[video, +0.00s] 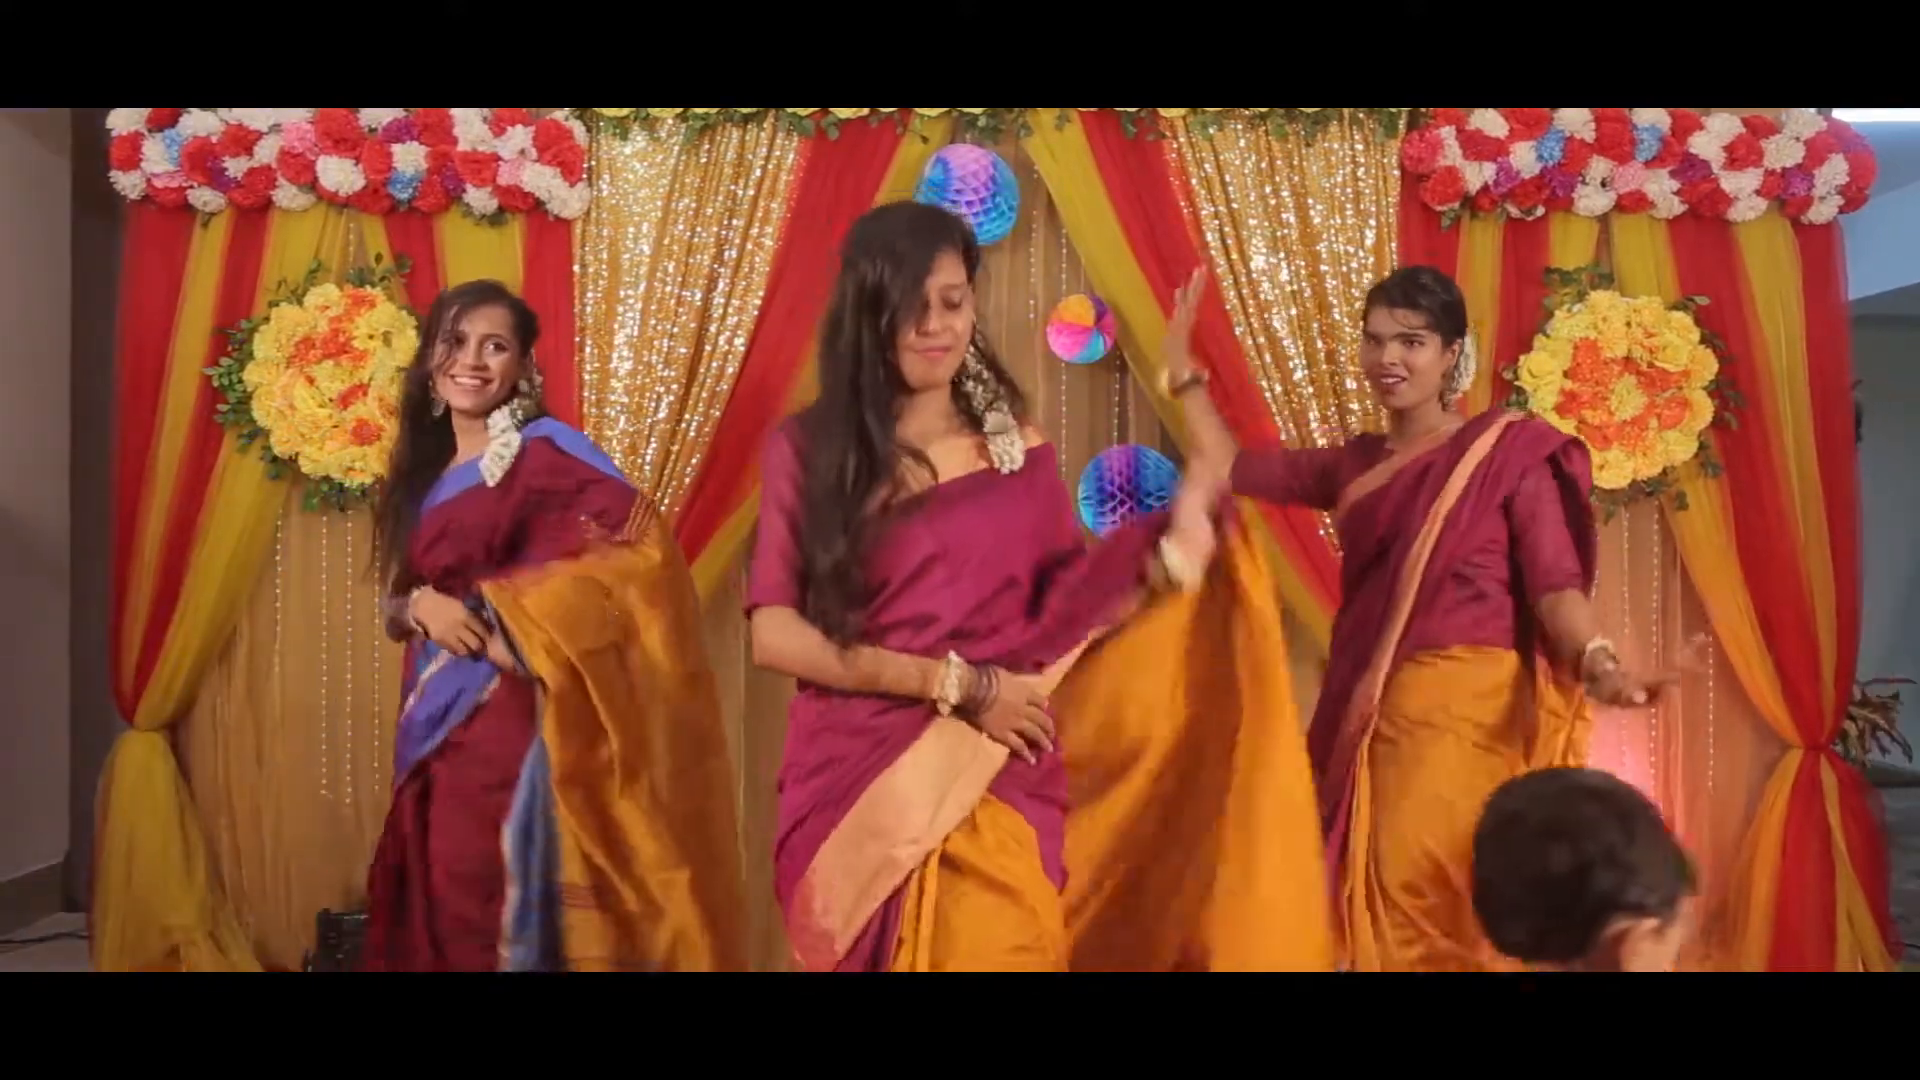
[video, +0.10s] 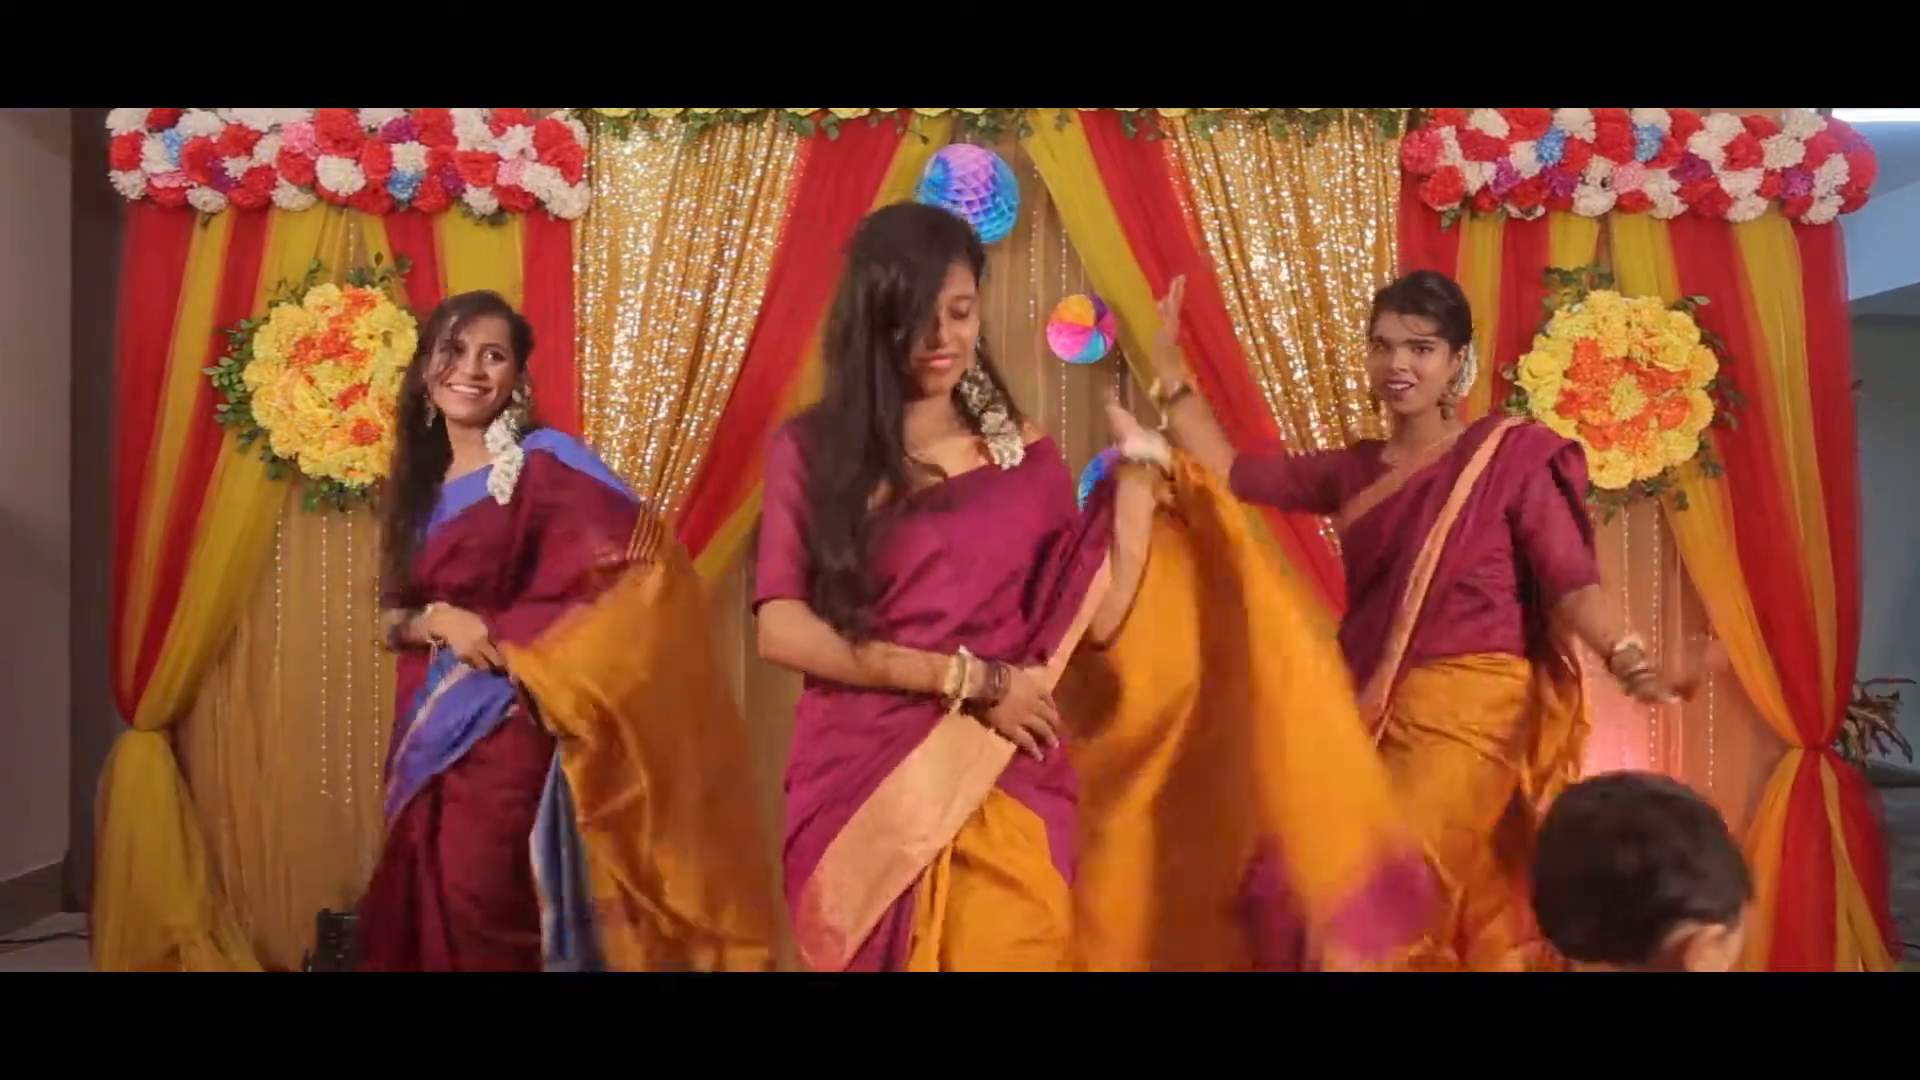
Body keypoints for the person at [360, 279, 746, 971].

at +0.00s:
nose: (472, 360)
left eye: (495, 347)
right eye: (456, 342)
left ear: (522, 369)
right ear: (430, 361)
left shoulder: (547, 448)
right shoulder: (430, 475)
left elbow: (653, 558)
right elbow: (397, 603)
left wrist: (513, 608)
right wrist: (417, 603)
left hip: (534, 729)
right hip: (444, 732)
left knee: (518, 920)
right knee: (438, 916)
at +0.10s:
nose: (471, 369)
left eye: (494, 355)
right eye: (454, 350)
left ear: (517, 376)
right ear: (426, 365)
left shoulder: (545, 459)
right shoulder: (422, 481)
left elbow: (652, 573)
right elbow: (390, 620)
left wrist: (523, 653)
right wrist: (432, 618)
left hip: (512, 723)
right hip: (429, 724)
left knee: (476, 909)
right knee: (411, 906)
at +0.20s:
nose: (479, 351)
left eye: (500, 338)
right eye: (461, 332)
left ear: (519, 359)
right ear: (427, 347)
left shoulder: (544, 443)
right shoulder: (409, 466)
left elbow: (678, 539)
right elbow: (355, 590)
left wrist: (535, 603)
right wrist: (430, 583)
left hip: (523, 694)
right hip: (434, 700)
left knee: (494, 888)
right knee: (435, 885)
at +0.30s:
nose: (483, 349)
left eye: (502, 337)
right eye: (465, 330)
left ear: (520, 357)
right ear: (429, 346)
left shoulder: (547, 447)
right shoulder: (398, 464)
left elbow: (694, 539)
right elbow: (331, 582)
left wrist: (554, 589)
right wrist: (431, 572)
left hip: (532, 697)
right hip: (437, 705)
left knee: (515, 893)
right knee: (456, 890)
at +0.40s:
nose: (481, 349)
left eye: (500, 335)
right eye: (463, 331)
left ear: (518, 355)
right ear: (428, 348)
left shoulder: (547, 449)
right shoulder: (399, 466)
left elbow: (687, 562)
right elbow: (336, 591)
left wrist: (555, 600)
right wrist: (436, 579)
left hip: (534, 702)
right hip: (437, 711)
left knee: (536, 896)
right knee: (453, 895)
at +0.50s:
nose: (465, 362)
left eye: (485, 346)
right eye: (445, 347)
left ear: (510, 365)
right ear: (417, 367)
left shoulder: (552, 465)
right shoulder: (401, 493)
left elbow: (678, 579)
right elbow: (356, 625)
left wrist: (557, 639)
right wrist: (443, 617)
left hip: (529, 753)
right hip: (424, 762)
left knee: (542, 939)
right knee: (434, 940)